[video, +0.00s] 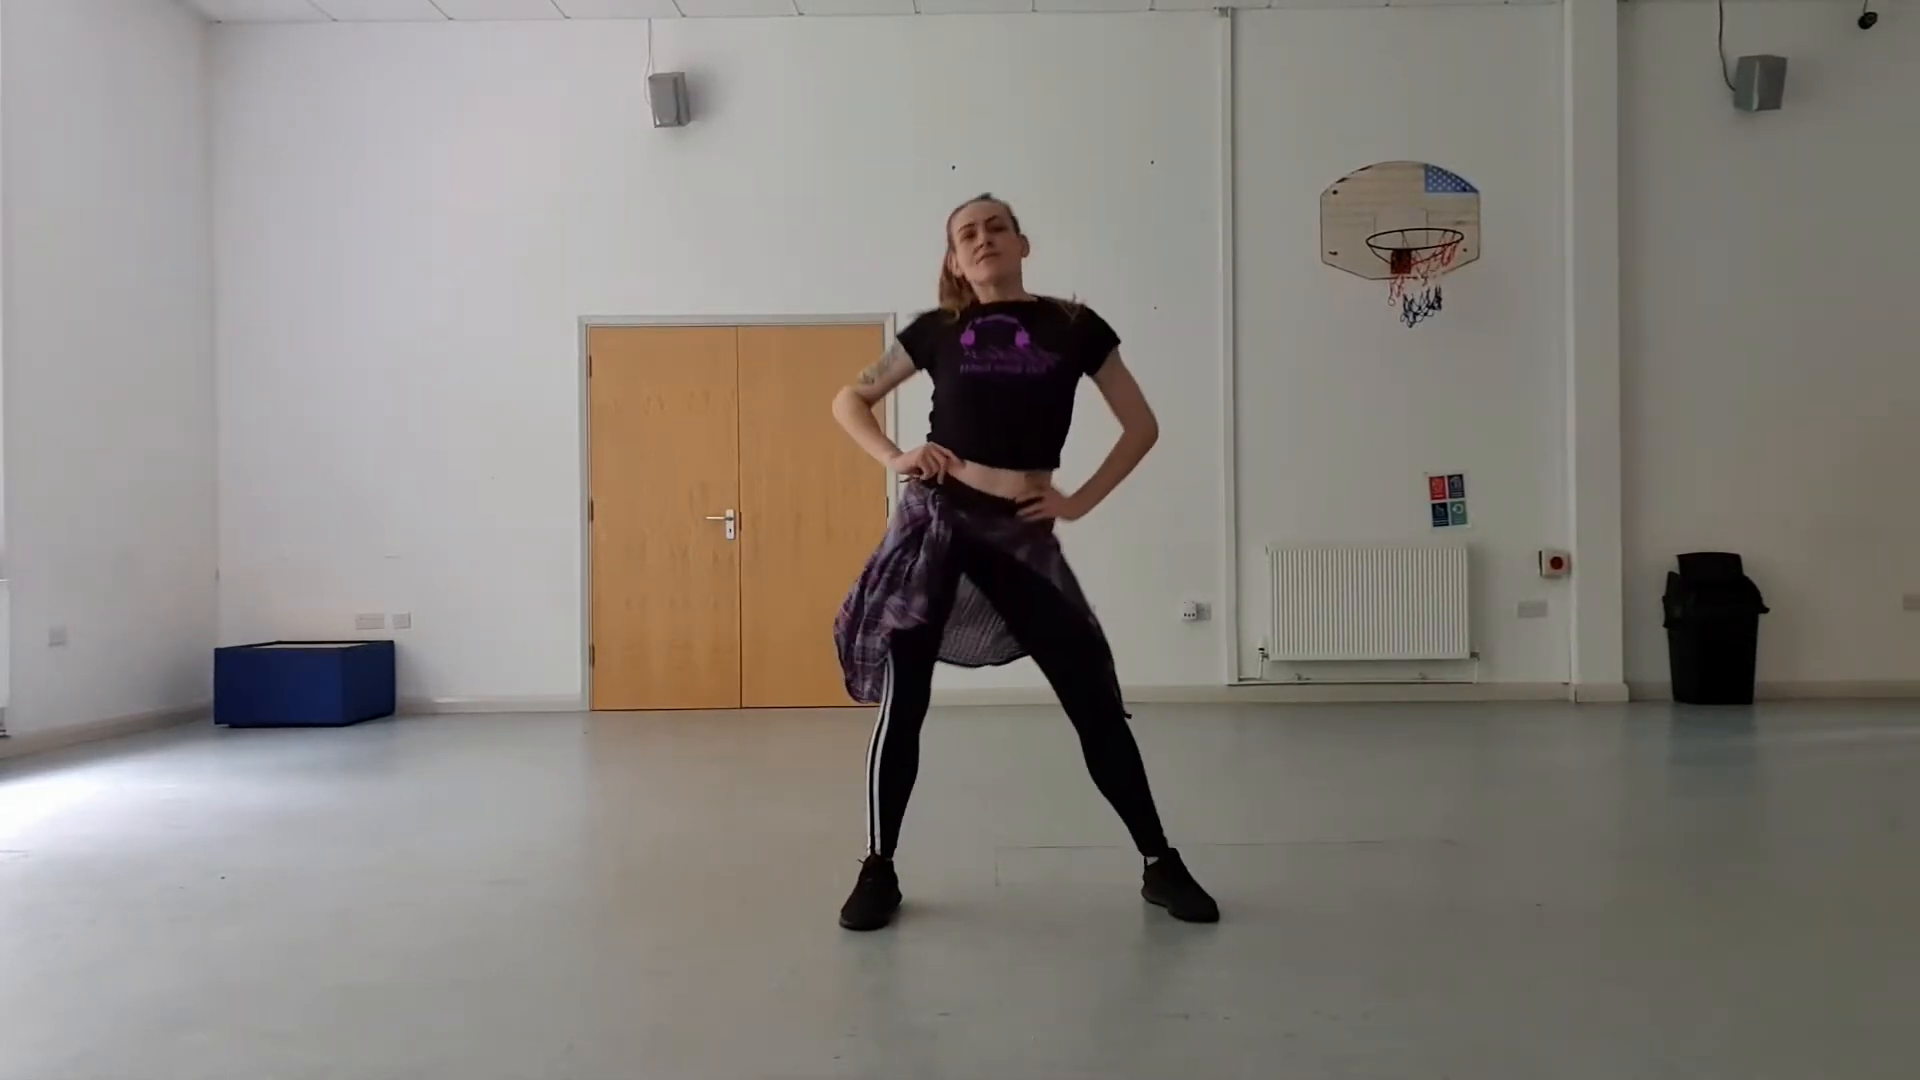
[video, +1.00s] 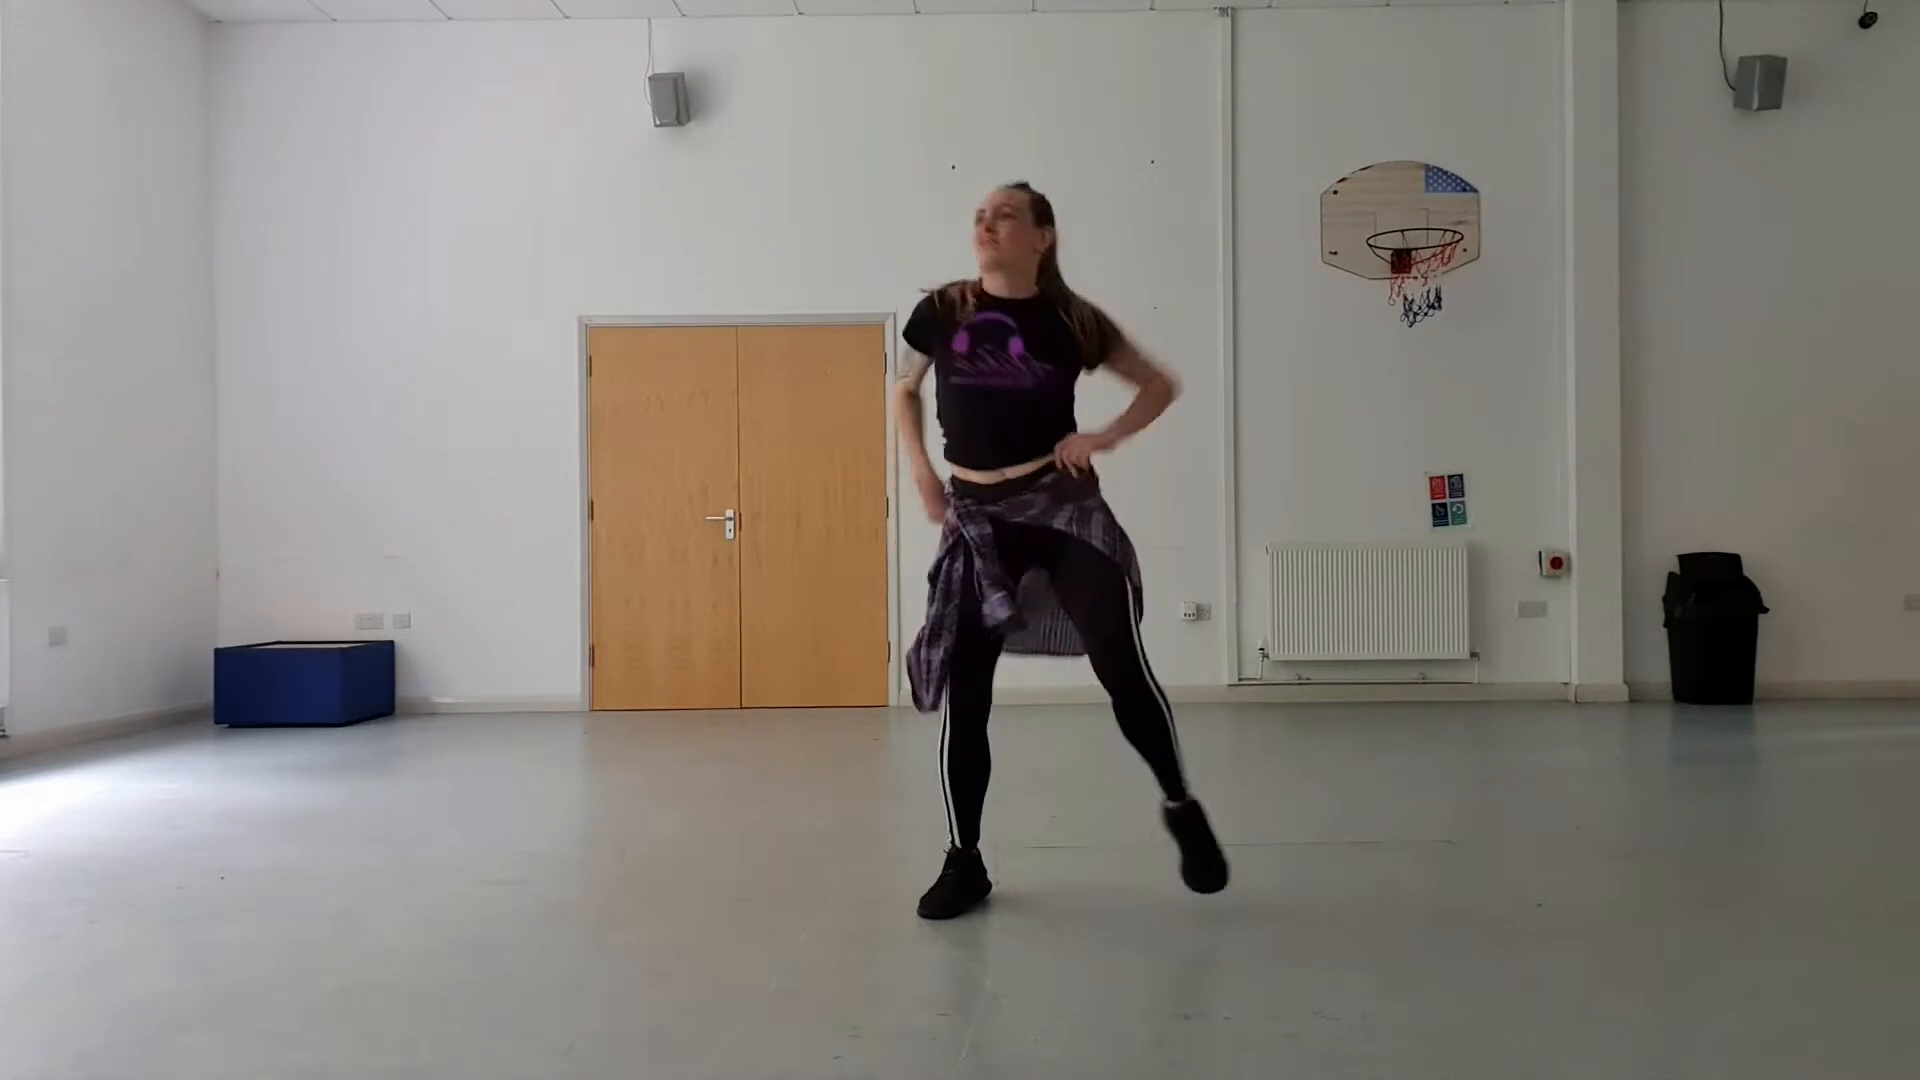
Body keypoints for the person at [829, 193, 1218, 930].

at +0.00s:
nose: (984, 238)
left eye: (996, 226)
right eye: (968, 235)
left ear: (1024, 244)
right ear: (955, 264)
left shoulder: (1074, 327)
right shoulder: (938, 333)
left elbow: (1141, 426)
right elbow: (850, 402)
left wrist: (1082, 501)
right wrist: (894, 457)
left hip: (1023, 530)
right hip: (934, 521)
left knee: (1095, 700)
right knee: (905, 697)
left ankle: (1161, 864)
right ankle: (878, 868)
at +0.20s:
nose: (1026, 238)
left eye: (1042, 230)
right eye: (1013, 225)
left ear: (1057, 246)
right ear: (985, 235)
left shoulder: (1074, 327)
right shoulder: (943, 318)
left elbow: (1169, 396)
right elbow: (874, 407)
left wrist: (1122, 454)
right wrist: (936, 488)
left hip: (1080, 519)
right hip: (990, 524)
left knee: (1131, 693)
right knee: (943, 702)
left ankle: (1164, 862)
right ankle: (881, 868)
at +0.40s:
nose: (1058, 271)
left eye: (1074, 261)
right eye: (1046, 256)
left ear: (1092, 274)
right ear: (1021, 263)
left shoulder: (1100, 351)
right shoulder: (978, 342)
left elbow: (1195, 413)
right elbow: (915, 443)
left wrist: (1150, 459)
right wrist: (979, 523)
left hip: (1127, 529)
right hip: (1039, 541)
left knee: (1161, 699)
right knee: (971, 711)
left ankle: (1168, 864)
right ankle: (889, 866)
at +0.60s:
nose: (1057, 238)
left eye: (1072, 225)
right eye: (1045, 225)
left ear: (1096, 232)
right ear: (1026, 232)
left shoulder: (1127, 310)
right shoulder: (992, 309)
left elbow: (1198, 387)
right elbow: (913, 385)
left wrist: (1154, 453)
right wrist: (965, 459)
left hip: (1103, 512)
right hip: (1015, 513)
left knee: (1136, 691)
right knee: (976, 687)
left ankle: (1165, 860)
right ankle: (955, 844)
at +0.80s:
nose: (1040, 253)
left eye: (1056, 240)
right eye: (1027, 241)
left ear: (1081, 251)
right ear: (1009, 253)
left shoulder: (1090, 342)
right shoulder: (972, 323)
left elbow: (1120, 422)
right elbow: (897, 403)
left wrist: (1119, 460)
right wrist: (915, 505)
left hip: (1076, 527)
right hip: (988, 529)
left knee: (1128, 695)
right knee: (982, 706)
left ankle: (1163, 861)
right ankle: (967, 863)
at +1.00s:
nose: (987, 225)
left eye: (1005, 216)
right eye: (981, 216)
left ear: (1043, 237)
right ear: (972, 238)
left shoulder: (1072, 319)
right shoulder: (943, 312)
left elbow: (1160, 385)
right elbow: (904, 391)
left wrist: (1104, 436)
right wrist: (923, 475)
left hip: (1064, 510)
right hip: (977, 518)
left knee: (1121, 671)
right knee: (966, 700)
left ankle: (1183, 812)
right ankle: (964, 860)